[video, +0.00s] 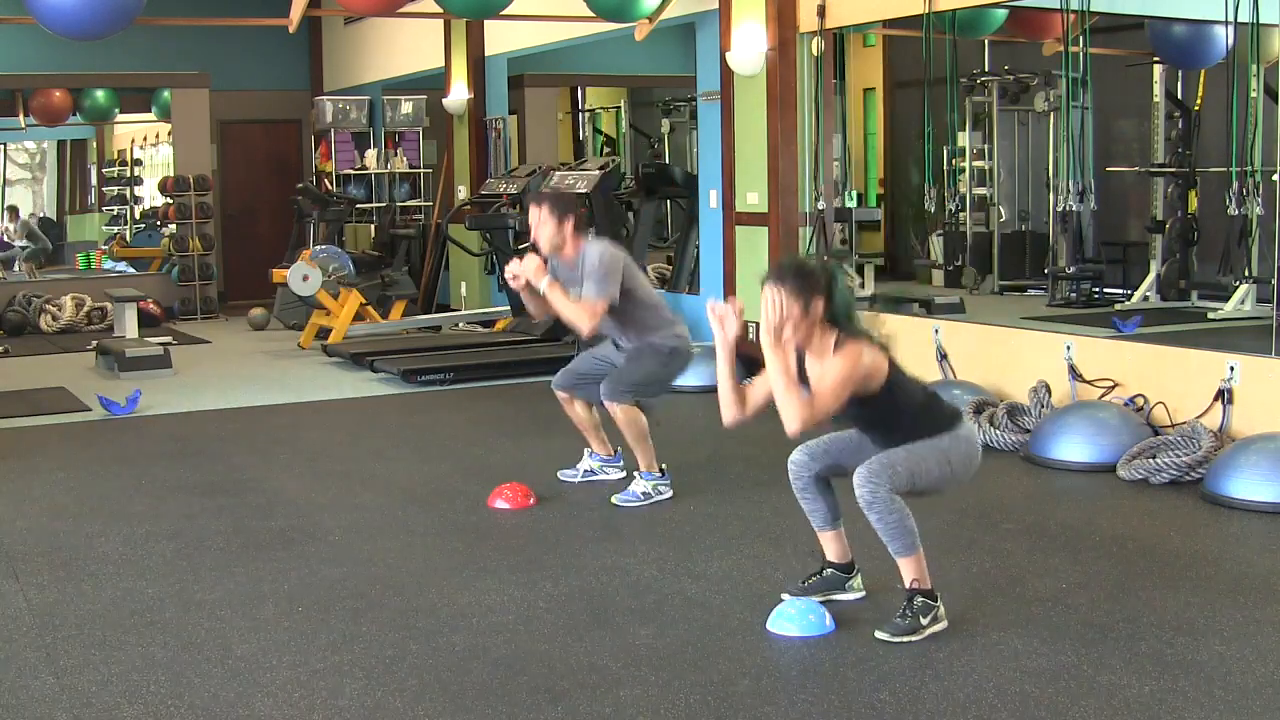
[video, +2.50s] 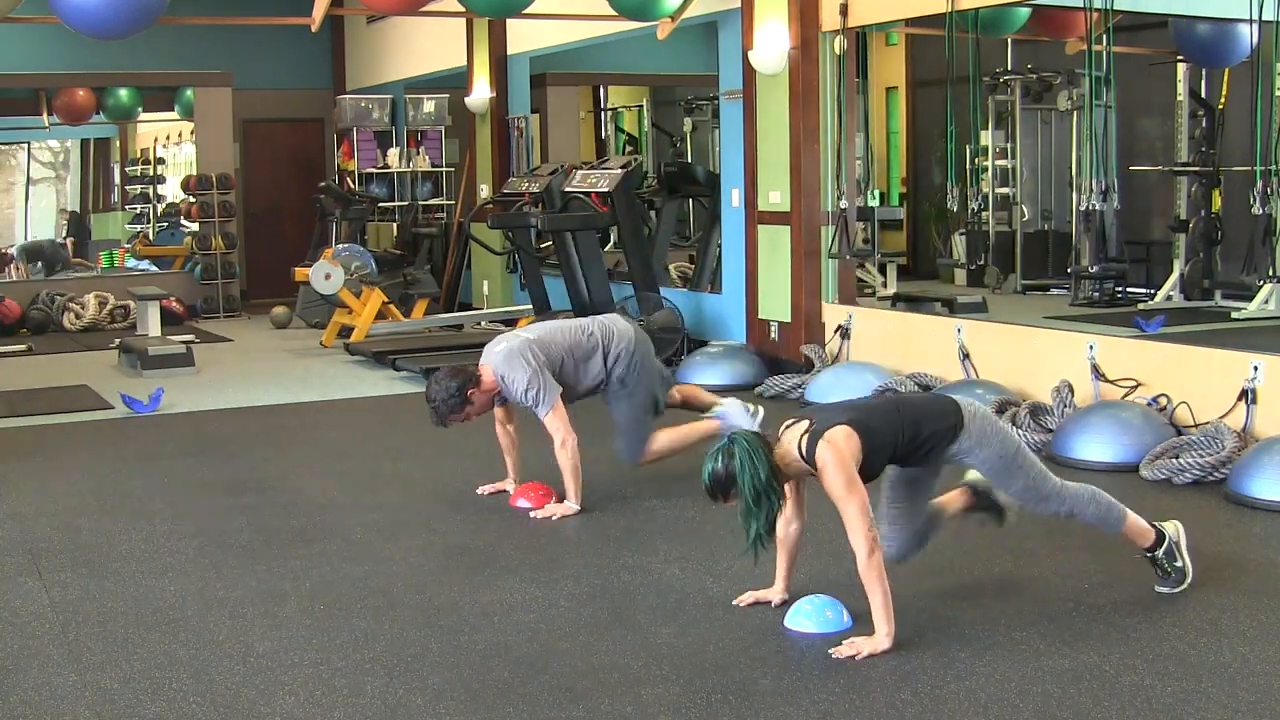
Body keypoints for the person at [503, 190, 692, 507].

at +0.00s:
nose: (532, 234)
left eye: (539, 223)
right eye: (532, 224)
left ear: (567, 223)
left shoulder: (603, 254)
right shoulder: (558, 263)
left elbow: (587, 322)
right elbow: (543, 314)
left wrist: (544, 281)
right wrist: (523, 290)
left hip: (664, 344)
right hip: (623, 344)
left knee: (615, 393)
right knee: (565, 386)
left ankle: (653, 476)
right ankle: (605, 458)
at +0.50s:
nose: (491, 418)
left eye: (485, 414)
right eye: (484, 418)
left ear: (485, 388)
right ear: (482, 387)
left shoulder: (529, 365)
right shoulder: (496, 371)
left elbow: (566, 435)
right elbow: (507, 423)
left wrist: (573, 502)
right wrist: (513, 481)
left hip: (632, 341)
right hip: (601, 369)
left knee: (697, 405)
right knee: (619, 433)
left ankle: (783, 426)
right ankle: (677, 413)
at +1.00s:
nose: (497, 410)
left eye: (493, 407)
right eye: (491, 413)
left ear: (489, 384)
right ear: (485, 383)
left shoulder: (541, 369)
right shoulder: (497, 375)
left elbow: (574, 439)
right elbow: (508, 423)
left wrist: (574, 503)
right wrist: (512, 479)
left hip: (629, 400)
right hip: (582, 411)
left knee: (699, 455)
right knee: (548, 476)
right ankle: (614, 448)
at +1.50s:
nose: (487, 423)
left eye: (482, 418)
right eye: (481, 422)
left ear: (486, 396)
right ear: (480, 393)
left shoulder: (531, 371)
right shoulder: (494, 374)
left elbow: (570, 441)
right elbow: (507, 425)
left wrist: (574, 502)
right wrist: (514, 479)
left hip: (636, 356)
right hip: (610, 375)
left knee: (708, 428)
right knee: (657, 431)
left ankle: (782, 433)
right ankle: (725, 416)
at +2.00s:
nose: (473, 416)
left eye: (468, 413)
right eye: (470, 413)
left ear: (476, 397)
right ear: (473, 381)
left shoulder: (521, 373)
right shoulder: (494, 360)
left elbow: (565, 439)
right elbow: (507, 423)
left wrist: (573, 501)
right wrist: (512, 479)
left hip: (623, 375)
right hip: (627, 355)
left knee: (577, 459)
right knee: (668, 423)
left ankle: (666, 452)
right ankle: (753, 430)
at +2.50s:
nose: (475, 420)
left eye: (469, 415)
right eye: (469, 419)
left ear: (473, 394)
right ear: (469, 388)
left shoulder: (518, 370)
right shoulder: (492, 368)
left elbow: (565, 438)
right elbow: (506, 424)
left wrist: (573, 502)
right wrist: (512, 479)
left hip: (621, 349)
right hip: (612, 333)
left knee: (638, 449)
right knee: (668, 394)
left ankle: (725, 422)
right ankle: (731, 406)